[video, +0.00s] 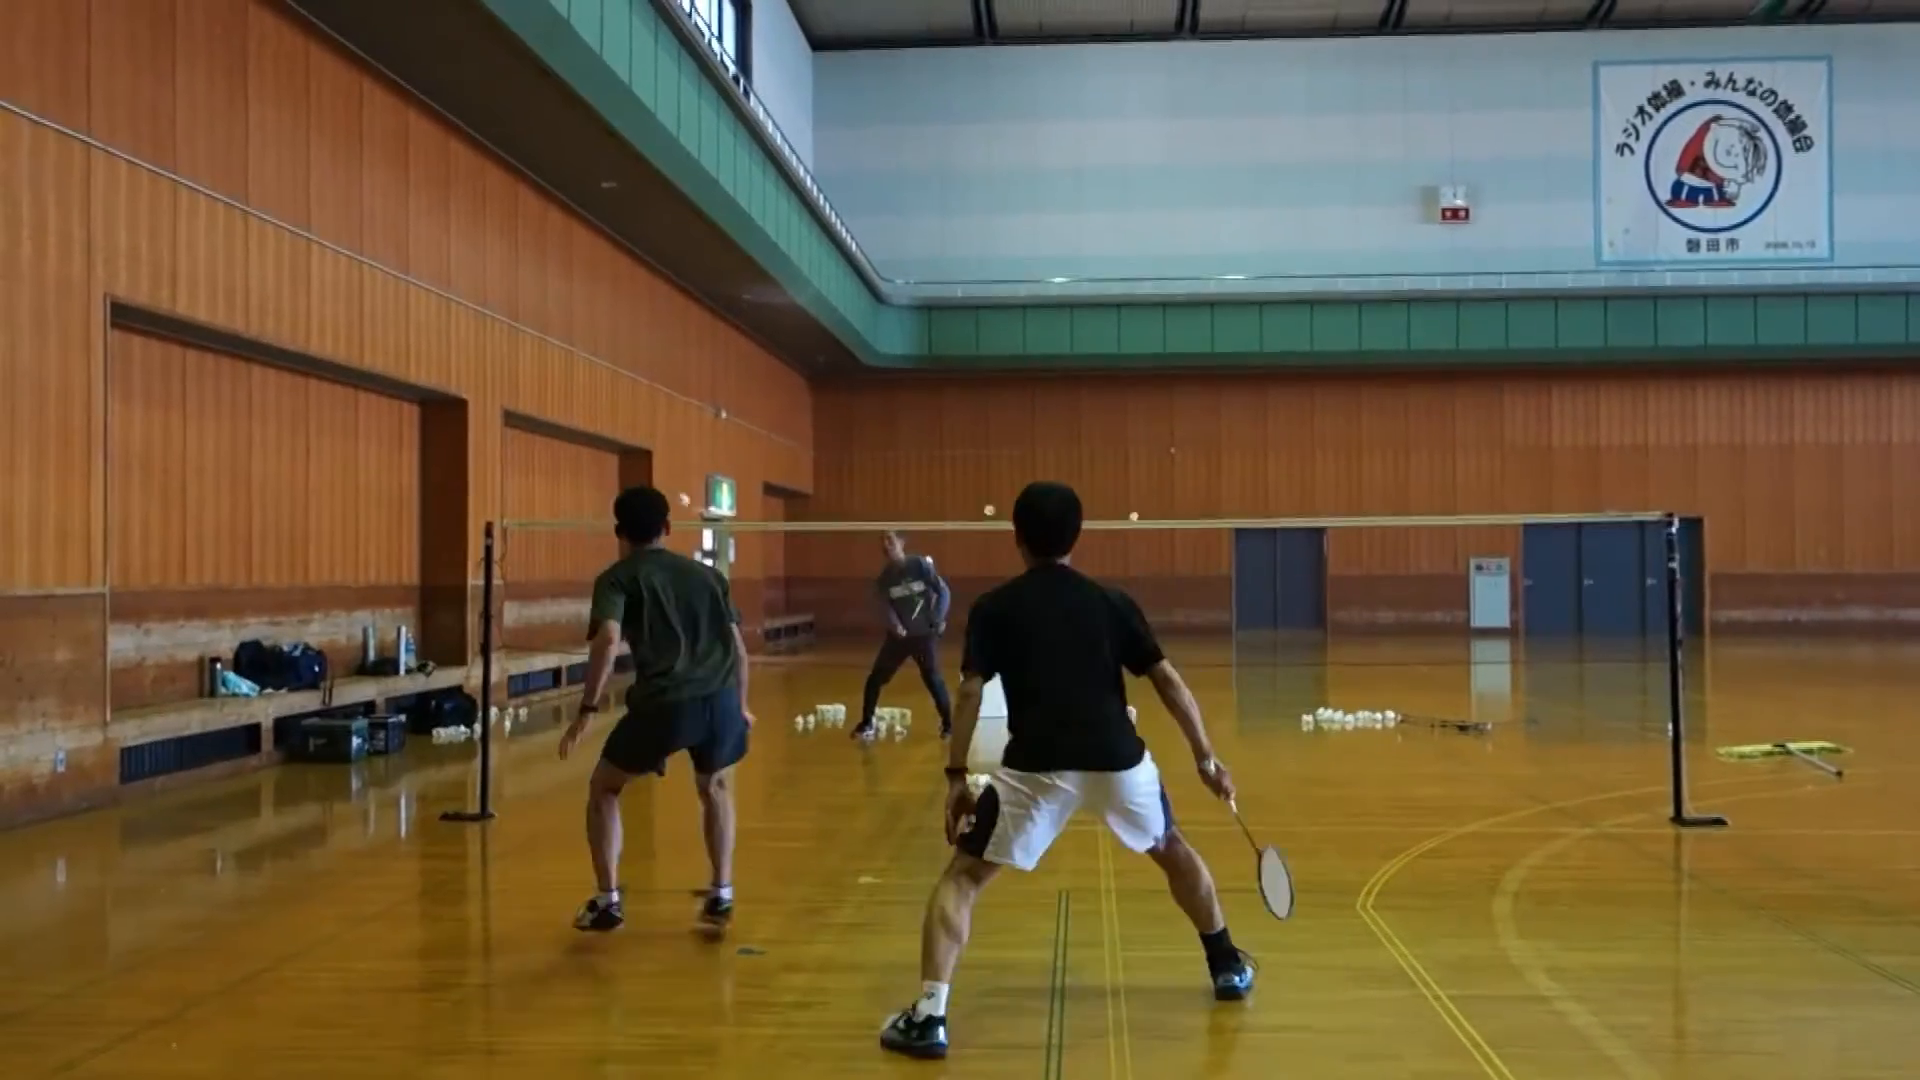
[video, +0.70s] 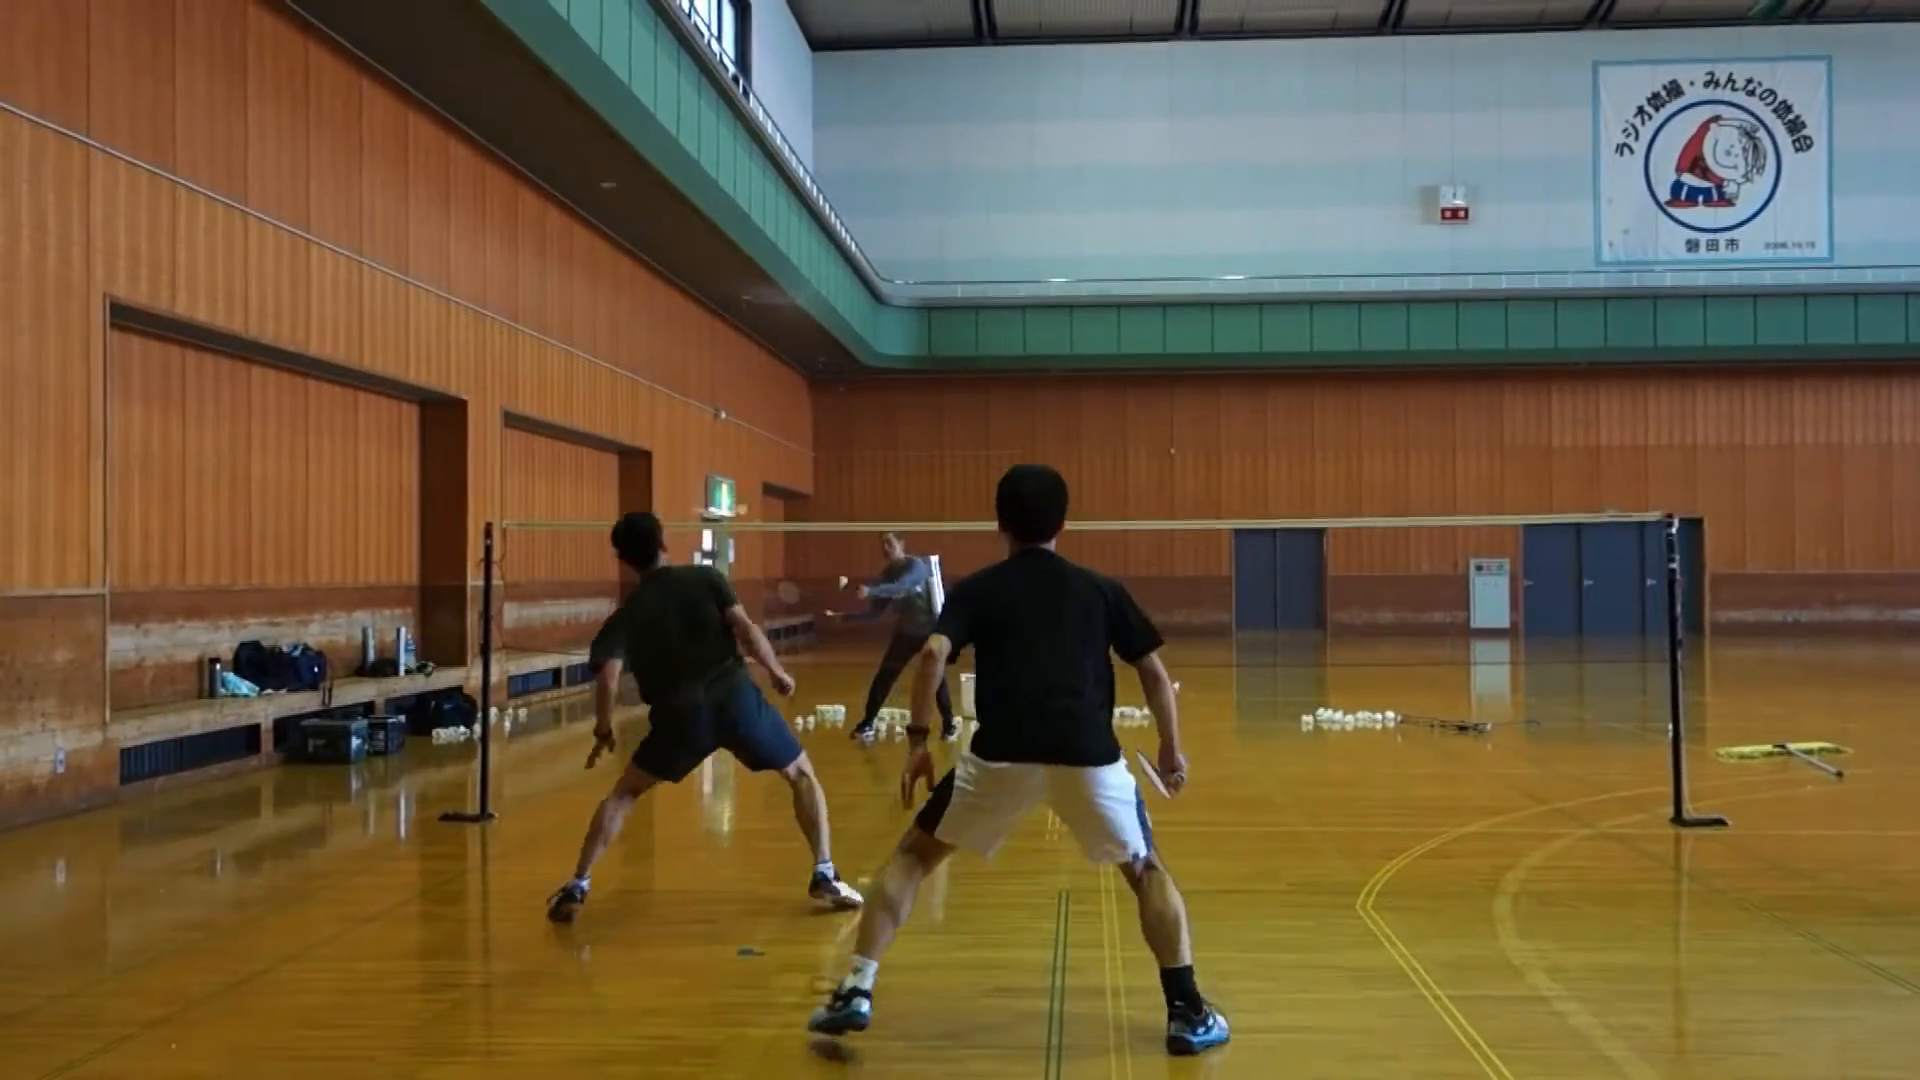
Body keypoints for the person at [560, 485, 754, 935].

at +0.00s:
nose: (617, 534)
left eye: (617, 528)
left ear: (620, 531)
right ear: (667, 528)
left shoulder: (617, 579)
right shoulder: (706, 574)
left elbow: (607, 639)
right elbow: (738, 650)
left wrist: (585, 712)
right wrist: (741, 705)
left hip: (660, 710)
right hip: (720, 705)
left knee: (605, 789)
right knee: (716, 787)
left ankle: (608, 897)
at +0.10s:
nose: (634, 545)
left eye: (635, 539)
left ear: (639, 545)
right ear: (684, 540)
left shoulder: (630, 599)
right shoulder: (717, 588)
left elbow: (610, 679)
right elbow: (760, 649)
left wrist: (590, 734)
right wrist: (771, 690)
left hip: (661, 727)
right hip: (723, 723)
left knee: (610, 804)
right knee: (770, 805)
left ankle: (576, 903)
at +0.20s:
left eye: (616, 556)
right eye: (660, 545)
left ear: (617, 560)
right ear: (661, 550)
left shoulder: (620, 620)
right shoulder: (703, 589)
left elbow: (592, 690)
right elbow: (774, 619)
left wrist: (565, 734)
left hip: (669, 736)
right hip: (730, 726)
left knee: (622, 804)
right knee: (787, 804)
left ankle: (575, 895)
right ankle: (805, 902)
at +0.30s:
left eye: (580, 578)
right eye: (603, 554)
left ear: (582, 584)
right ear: (616, 557)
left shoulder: (602, 632)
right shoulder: (671, 574)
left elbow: (598, 693)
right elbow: (728, 545)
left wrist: (612, 653)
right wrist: (688, 496)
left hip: (668, 730)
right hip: (726, 714)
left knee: (609, 806)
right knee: (782, 796)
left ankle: (571, 895)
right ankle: (804, 893)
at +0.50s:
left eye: (550, 606)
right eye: (584, 577)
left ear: (555, 612)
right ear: (587, 583)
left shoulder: (578, 666)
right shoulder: (634, 595)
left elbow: (608, 730)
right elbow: (700, 584)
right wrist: (695, 567)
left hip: (660, 734)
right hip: (708, 710)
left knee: (591, 792)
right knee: (775, 791)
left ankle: (571, 891)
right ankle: (837, 872)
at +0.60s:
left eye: (571, 582)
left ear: (574, 589)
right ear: (613, 571)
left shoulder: (588, 649)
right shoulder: (661, 595)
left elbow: (592, 725)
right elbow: (720, 629)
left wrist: (613, 758)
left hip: (664, 733)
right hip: (718, 711)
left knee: (591, 790)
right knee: (774, 793)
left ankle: (570, 894)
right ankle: (826, 880)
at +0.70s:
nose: (618, 561)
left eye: (619, 554)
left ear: (622, 557)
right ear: (663, 546)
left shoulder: (627, 613)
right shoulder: (706, 578)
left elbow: (607, 675)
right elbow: (742, 625)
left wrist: (603, 728)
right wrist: (777, 670)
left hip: (680, 722)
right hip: (738, 703)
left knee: (623, 795)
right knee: (801, 773)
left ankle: (578, 884)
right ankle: (825, 872)